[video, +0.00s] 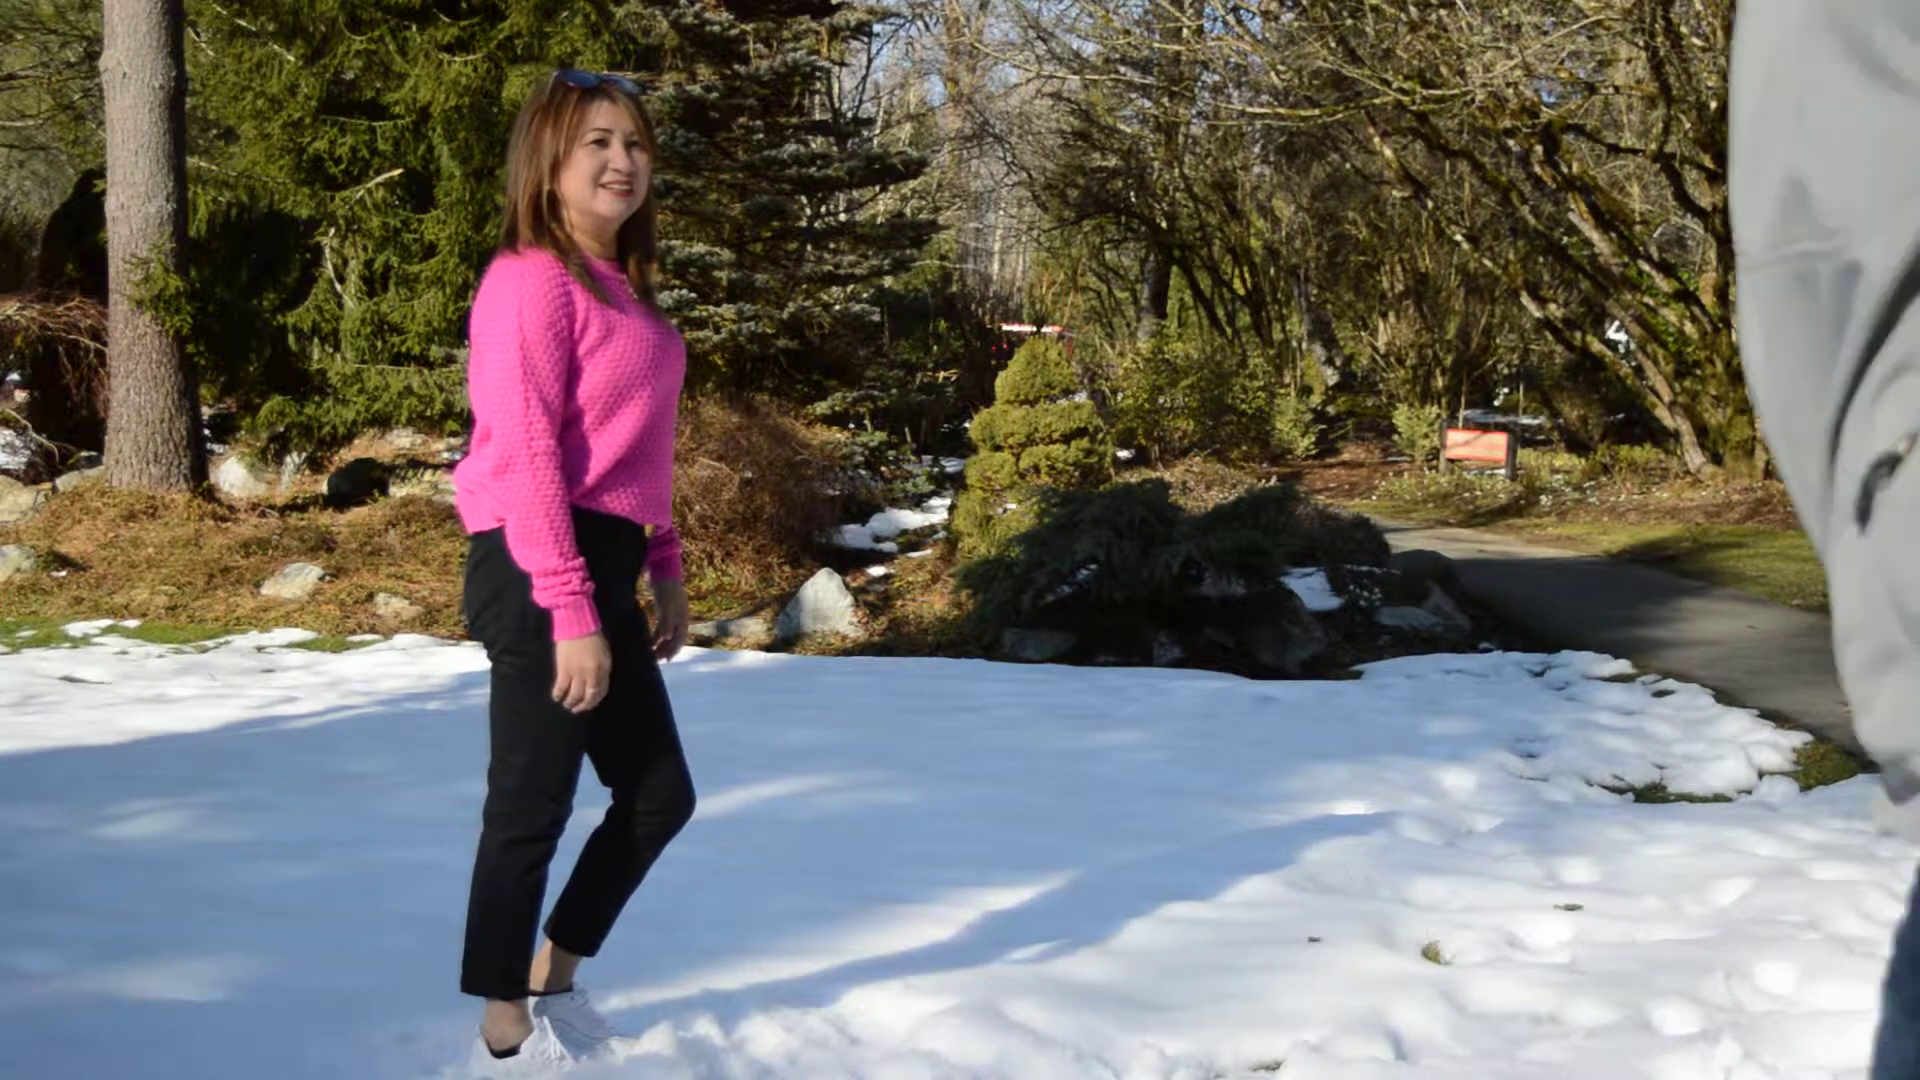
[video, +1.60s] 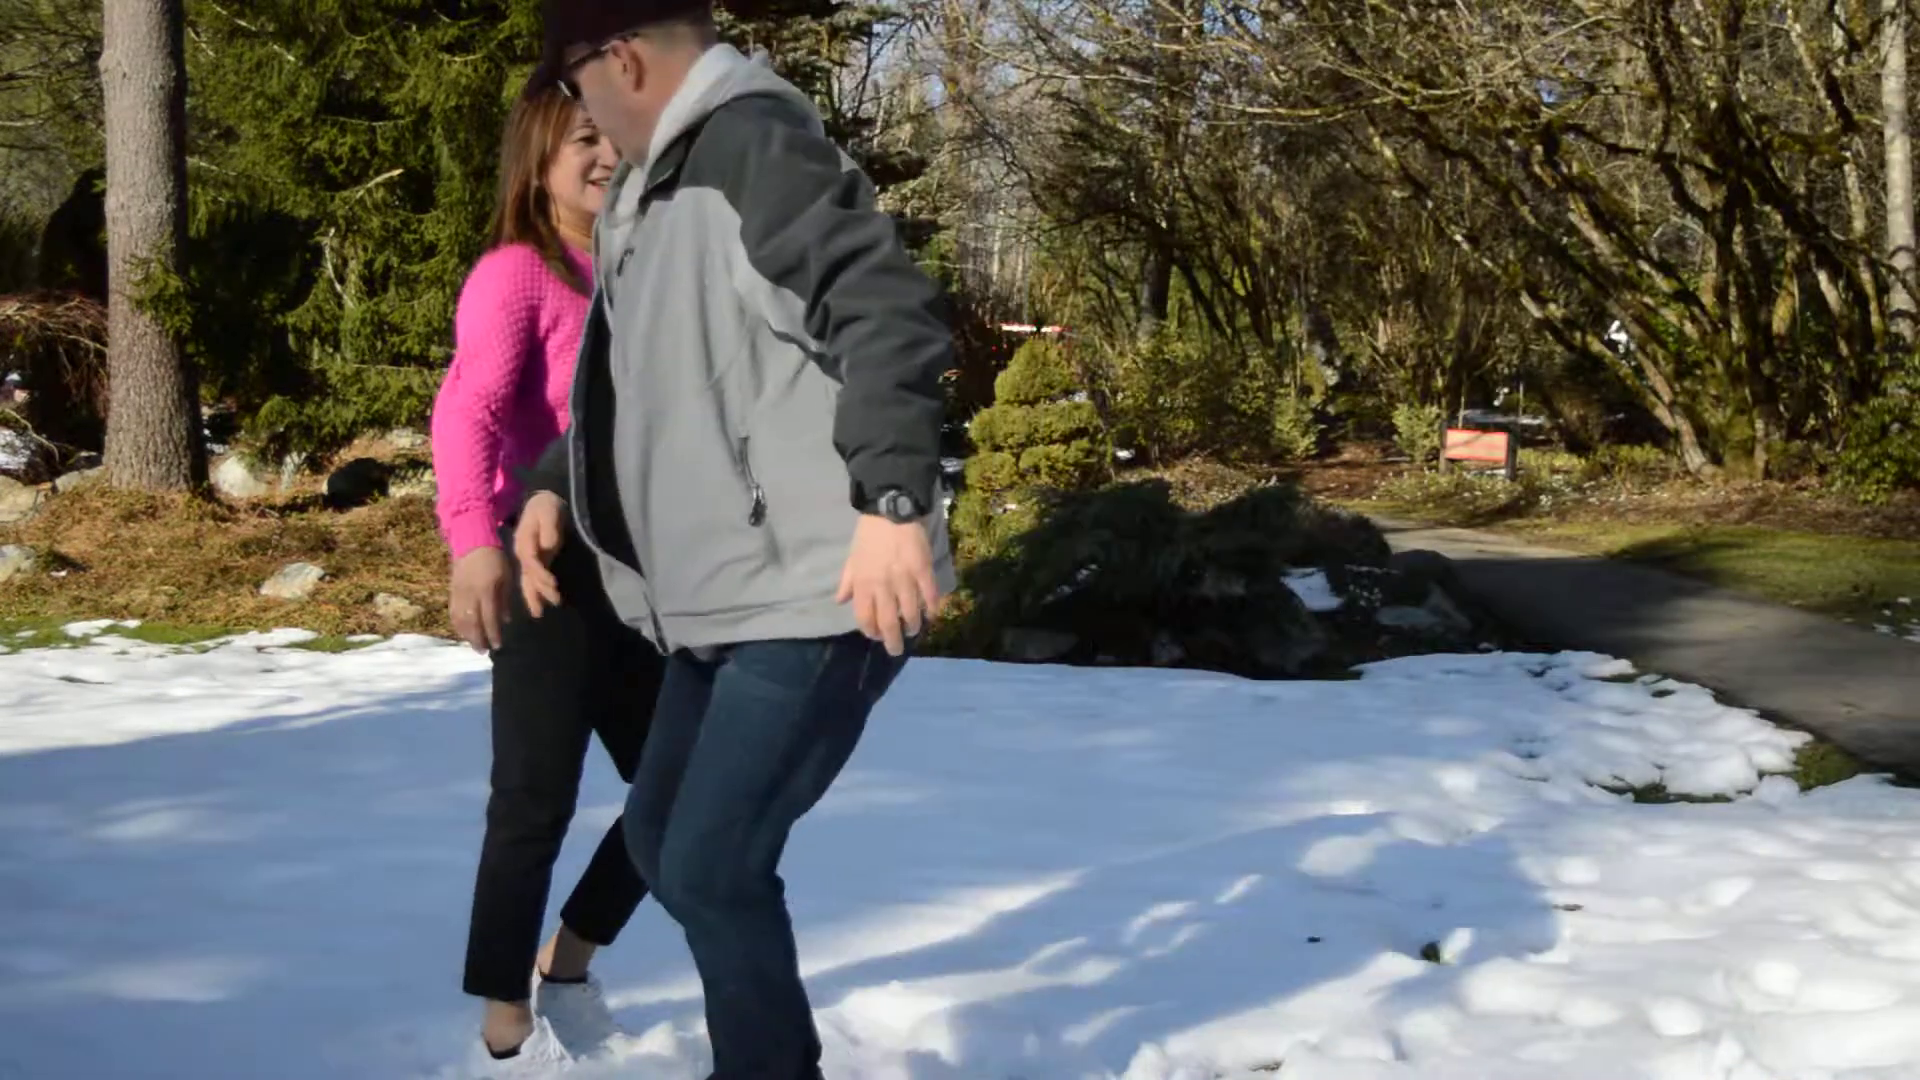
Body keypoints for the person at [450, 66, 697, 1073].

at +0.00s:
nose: (623, 161)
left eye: (636, 144)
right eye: (599, 143)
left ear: (649, 168)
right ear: (548, 162)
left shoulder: (620, 290)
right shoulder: (527, 280)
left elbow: (638, 448)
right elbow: (525, 455)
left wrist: (664, 573)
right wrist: (571, 612)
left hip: (604, 558)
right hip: (534, 554)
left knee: (660, 794)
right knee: (528, 804)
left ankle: (550, 981)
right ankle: (501, 1038)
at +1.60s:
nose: (605, 155)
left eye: (613, 139)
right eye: (583, 140)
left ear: (628, 154)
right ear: (536, 160)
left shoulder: (638, 274)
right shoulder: (514, 273)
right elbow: (466, 409)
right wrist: (473, 544)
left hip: (630, 568)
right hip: (538, 565)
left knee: (678, 784)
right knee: (533, 803)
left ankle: (564, 967)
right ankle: (503, 1033)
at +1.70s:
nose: (602, 174)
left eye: (607, 157)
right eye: (584, 159)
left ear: (615, 169)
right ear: (543, 172)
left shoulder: (642, 269)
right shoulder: (514, 270)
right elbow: (453, 369)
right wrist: (420, 456)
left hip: (631, 549)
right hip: (528, 549)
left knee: (642, 769)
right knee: (530, 788)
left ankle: (582, 962)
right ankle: (506, 1031)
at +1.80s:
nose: (575, 179)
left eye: (581, 163)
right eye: (563, 164)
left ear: (603, 157)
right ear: (540, 174)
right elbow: (428, 398)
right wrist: (408, 344)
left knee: (681, 767)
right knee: (533, 774)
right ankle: (506, 1006)